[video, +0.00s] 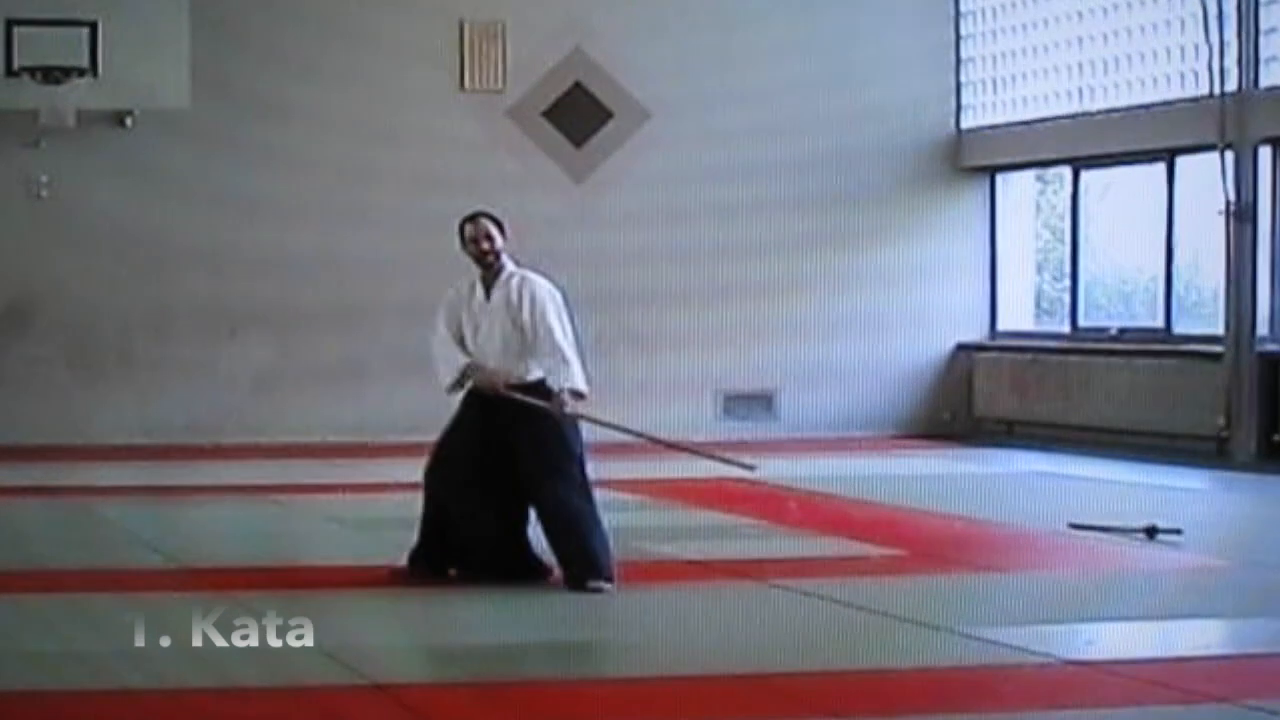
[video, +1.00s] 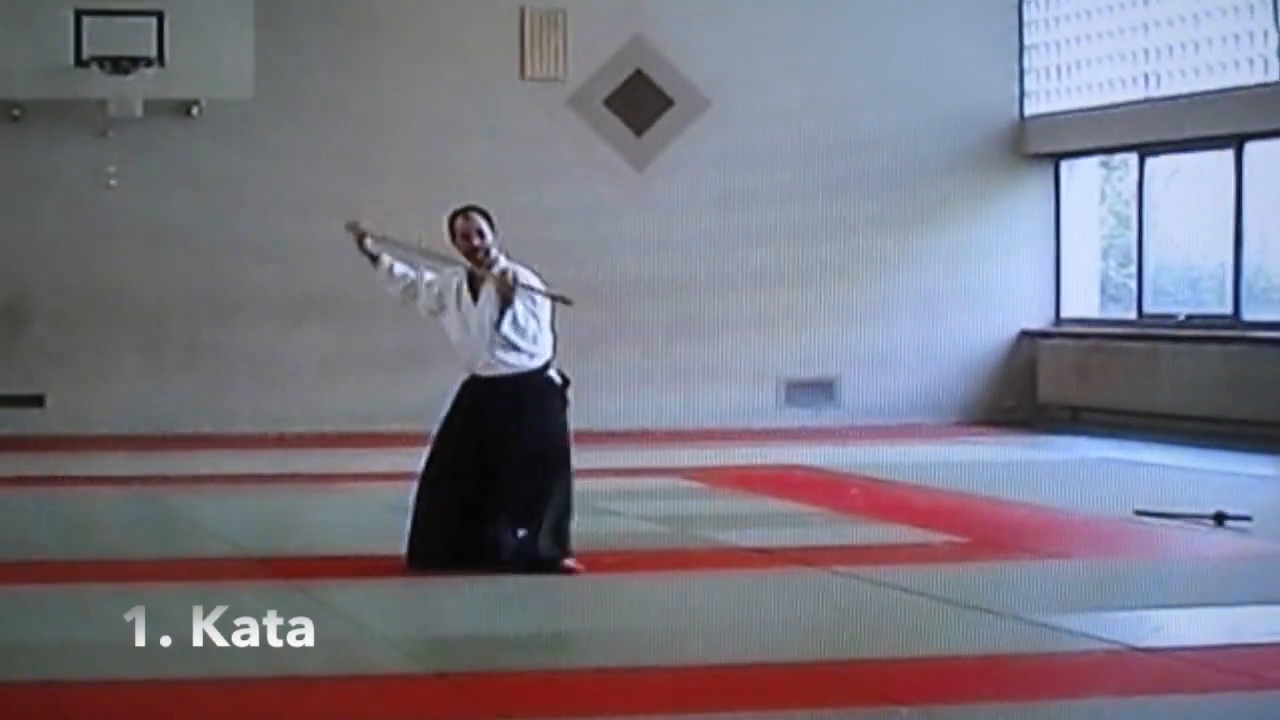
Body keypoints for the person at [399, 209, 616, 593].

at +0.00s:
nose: (483, 246)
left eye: (488, 237)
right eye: (474, 242)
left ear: (503, 239)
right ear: (466, 251)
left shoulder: (533, 289)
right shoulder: (459, 298)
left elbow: (557, 339)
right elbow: (443, 346)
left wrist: (568, 385)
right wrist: (472, 374)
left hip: (537, 396)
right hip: (484, 399)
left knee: (559, 484)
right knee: (445, 474)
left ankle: (589, 570)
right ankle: (430, 563)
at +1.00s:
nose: (474, 243)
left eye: (479, 233)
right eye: (464, 238)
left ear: (494, 234)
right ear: (456, 246)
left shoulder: (523, 279)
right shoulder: (453, 287)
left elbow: (537, 339)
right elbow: (411, 281)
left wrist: (510, 297)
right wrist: (375, 255)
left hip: (531, 388)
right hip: (482, 387)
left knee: (538, 470)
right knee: (451, 466)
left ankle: (545, 551)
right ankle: (442, 551)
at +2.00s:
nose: (617, 230)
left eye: (624, 221)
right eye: (609, 222)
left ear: (637, 226)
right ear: (598, 229)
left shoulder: (655, 274)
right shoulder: (580, 273)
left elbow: (662, 327)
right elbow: (577, 328)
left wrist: (643, 353)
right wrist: (608, 356)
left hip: (640, 377)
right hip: (593, 377)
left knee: (637, 467)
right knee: (595, 466)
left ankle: (646, 556)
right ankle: (600, 554)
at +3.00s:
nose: (511, 236)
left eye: (515, 227)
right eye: (502, 232)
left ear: (530, 226)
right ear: (495, 238)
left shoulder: (555, 273)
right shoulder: (496, 273)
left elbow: (531, 319)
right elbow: (450, 281)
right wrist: (413, 267)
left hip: (551, 383)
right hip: (507, 380)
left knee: (557, 471)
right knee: (472, 462)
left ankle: (592, 554)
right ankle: (469, 551)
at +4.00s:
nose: (530, 210)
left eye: (536, 203)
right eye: (521, 204)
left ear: (547, 209)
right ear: (507, 212)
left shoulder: (568, 255)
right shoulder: (494, 252)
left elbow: (595, 211)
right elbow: (470, 202)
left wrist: (564, 158)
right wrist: (511, 166)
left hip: (554, 363)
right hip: (503, 362)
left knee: (560, 464)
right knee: (501, 459)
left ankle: (545, 555)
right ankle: (494, 551)